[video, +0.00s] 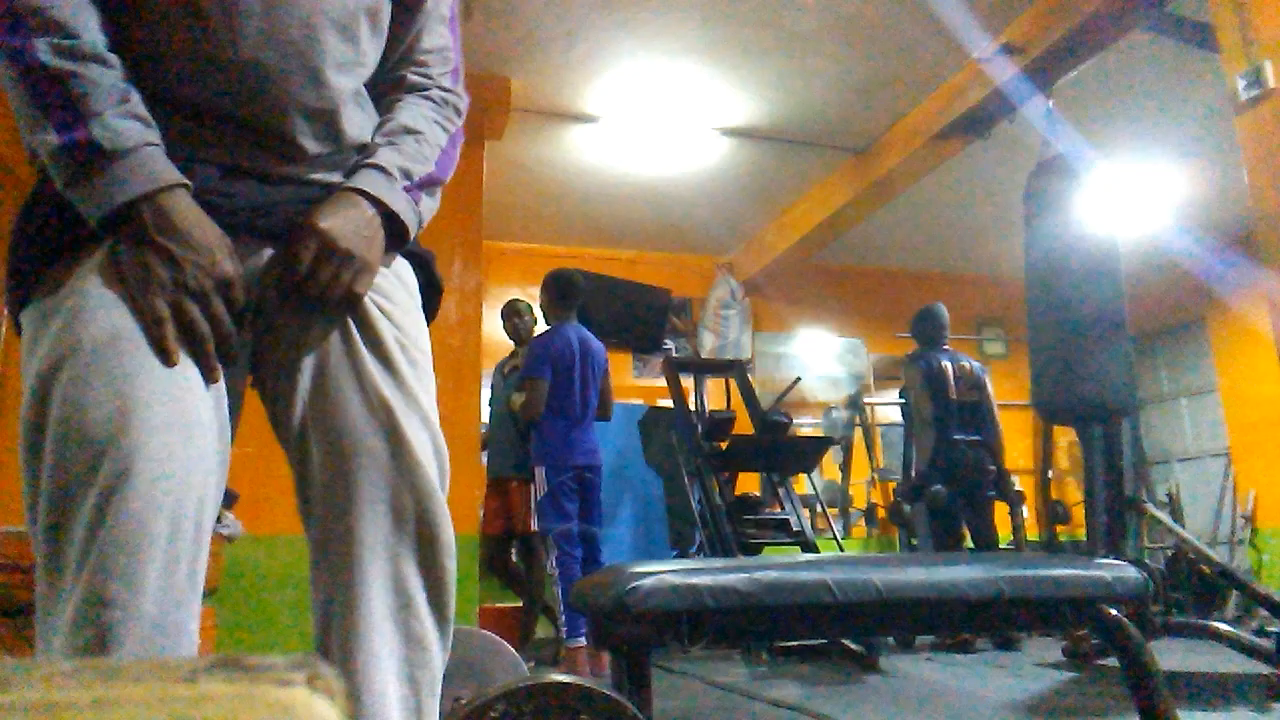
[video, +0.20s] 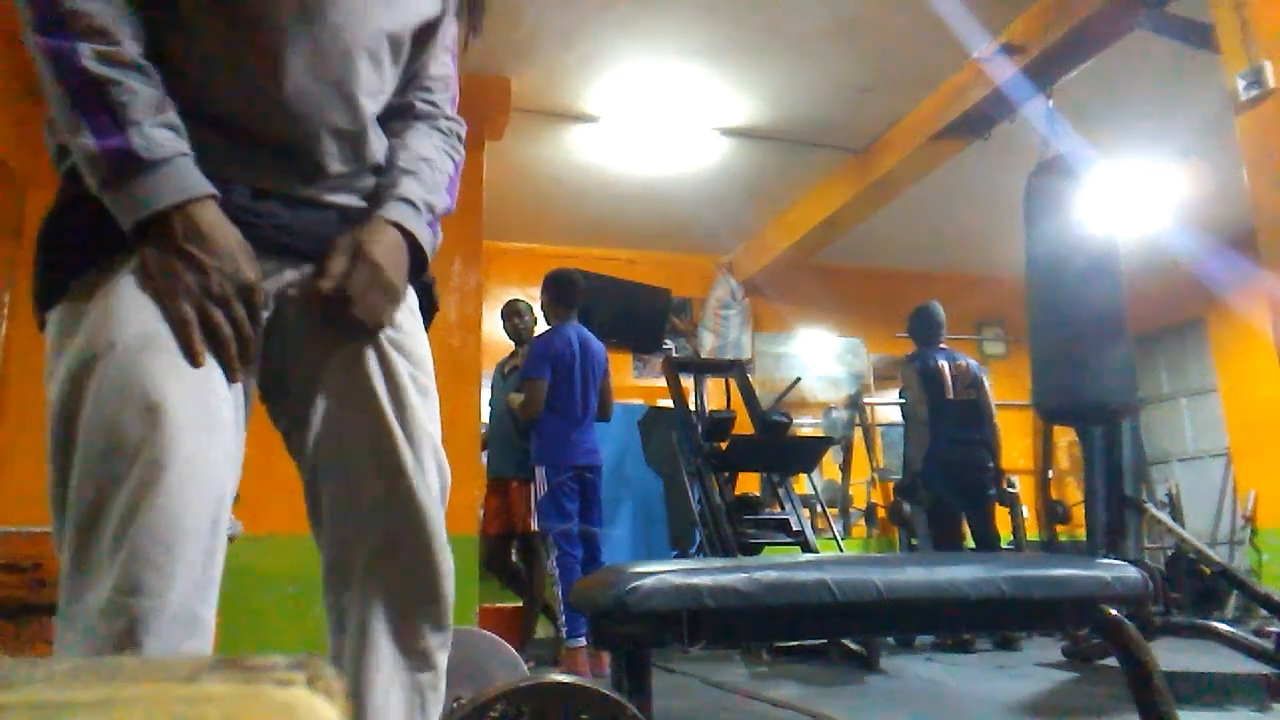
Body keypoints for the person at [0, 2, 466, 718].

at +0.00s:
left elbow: (433, 83)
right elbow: (38, 15)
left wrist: (374, 201)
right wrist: (142, 191)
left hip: (339, 217)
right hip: (130, 203)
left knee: (396, 480)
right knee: (139, 478)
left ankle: (390, 709)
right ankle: (118, 713)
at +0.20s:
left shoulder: (430, 11)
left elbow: (434, 112)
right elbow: (70, 14)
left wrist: (400, 224)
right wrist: (173, 200)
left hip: (351, 229)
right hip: (155, 211)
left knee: (403, 542)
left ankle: (399, 712)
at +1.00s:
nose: (599, 90)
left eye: (615, 77)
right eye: (599, 66)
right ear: (574, 12)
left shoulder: (543, 108)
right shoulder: (407, 8)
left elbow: (513, 259)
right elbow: (252, 86)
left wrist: (521, 383)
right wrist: (270, 302)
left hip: (410, 313)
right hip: (268, 289)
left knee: (407, 590)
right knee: (260, 568)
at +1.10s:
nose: (562, 75)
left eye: (579, 66)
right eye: (566, 54)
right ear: (534, 9)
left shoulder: (540, 100)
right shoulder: (372, 11)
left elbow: (519, 259)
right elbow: (239, 112)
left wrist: (508, 390)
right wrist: (262, 317)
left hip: (415, 314)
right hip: (281, 296)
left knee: (407, 589)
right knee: (261, 588)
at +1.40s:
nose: (518, 46)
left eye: (524, 26)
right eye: (504, 23)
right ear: (433, 18)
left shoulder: (494, 107)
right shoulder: (283, 46)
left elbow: (540, 279)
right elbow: (220, 197)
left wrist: (519, 422)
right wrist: (256, 360)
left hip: (431, 340)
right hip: (303, 332)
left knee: (409, 576)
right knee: (280, 580)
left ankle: (408, 719)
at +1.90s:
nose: (381, 213)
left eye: (397, 186)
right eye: (356, 195)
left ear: (422, 161)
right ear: (324, 186)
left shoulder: (496, 217)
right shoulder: (318, 238)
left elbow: (607, 362)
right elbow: (325, 340)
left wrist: (644, 531)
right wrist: (352, 429)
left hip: (533, 373)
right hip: (430, 384)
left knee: (469, 537)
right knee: (375, 542)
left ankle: (470, 716)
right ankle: (391, 713)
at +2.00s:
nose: (380, 229)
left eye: (393, 206)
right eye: (359, 214)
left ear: (421, 184)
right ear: (332, 207)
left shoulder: (509, 237)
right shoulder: (342, 259)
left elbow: (615, 372)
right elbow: (350, 359)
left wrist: (656, 535)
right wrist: (378, 445)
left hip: (556, 387)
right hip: (460, 396)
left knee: (479, 523)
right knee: (393, 525)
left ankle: (469, 714)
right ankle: (406, 710)